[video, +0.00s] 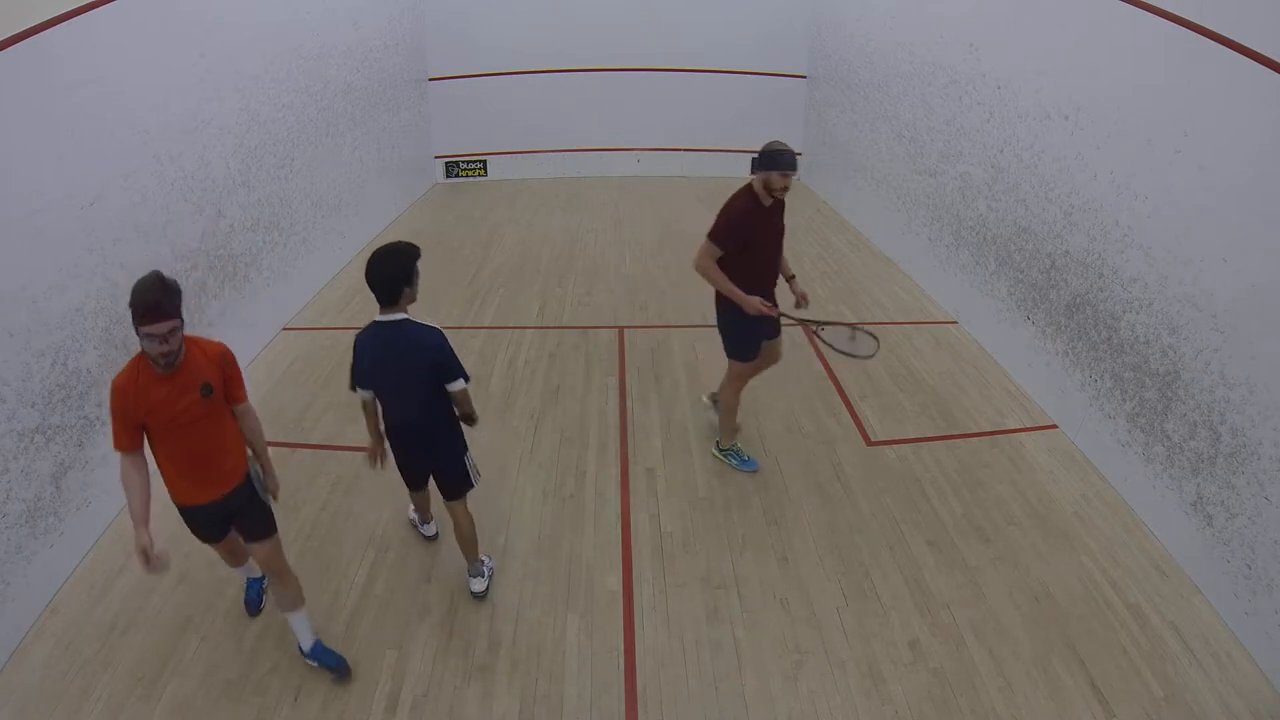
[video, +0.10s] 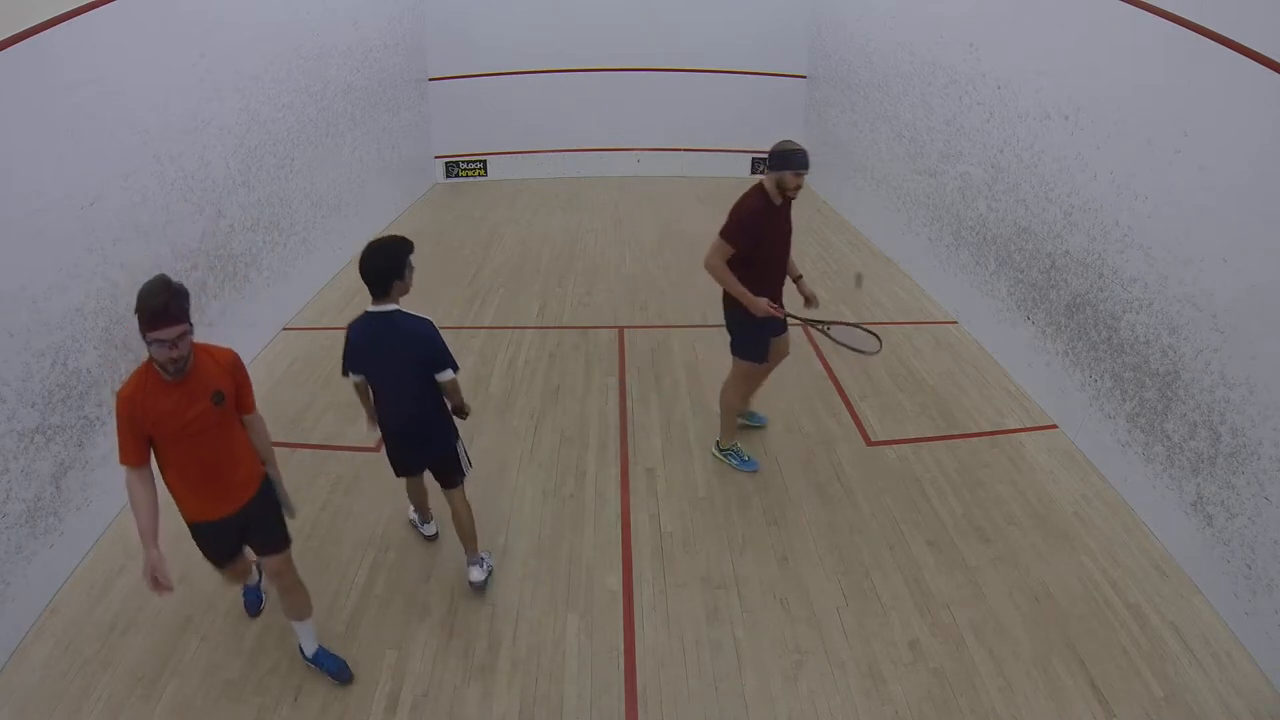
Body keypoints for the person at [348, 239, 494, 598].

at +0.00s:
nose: (418, 287)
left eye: (416, 280)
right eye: (416, 281)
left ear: (376, 290)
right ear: (406, 291)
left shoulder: (365, 340)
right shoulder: (430, 337)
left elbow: (367, 399)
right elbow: (458, 393)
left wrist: (375, 437)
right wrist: (468, 414)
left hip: (402, 436)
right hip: (440, 433)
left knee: (416, 485)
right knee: (457, 505)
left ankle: (426, 523)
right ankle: (476, 573)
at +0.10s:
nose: (413, 276)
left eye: (410, 269)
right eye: (409, 270)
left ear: (371, 281)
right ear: (399, 280)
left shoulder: (358, 330)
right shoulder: (420, 328)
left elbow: (358, 381)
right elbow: (447, 381)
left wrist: (371, 413)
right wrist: (459, 405)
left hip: (394, 426)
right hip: (432, 423)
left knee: (412, 475)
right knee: (454, 492)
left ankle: (426, 521)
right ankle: (475, 564)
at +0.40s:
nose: (402, 260)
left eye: (400, 253)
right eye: (398, 255)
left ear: (362, 266)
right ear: (383, 265)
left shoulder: (346, 308)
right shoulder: (403, 311)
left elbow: (350, 354)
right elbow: (430, 367)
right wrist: (449, 402)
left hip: (381, 409)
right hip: (417, 403)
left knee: (406, 464)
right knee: (442, 452)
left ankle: (424, 520)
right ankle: (452, 517)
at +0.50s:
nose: (402, 256)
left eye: (400, 249)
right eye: (398, 251)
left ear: (363, 261)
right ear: (385, 261)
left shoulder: (348, 303)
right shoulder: (401, 308)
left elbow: (350, 353)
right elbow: (425, 367)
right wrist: (443, 405)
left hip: (380, 405)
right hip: (414, 399)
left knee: (406, 462)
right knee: (435, 448)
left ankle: (425, 521)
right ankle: (448, 499)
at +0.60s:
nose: (405, 252)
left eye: (402, 246)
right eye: (400, 248)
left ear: (366, 257)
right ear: (386, 258)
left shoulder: (350, 298)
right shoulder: (403, 303)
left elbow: (352, 353)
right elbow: (421, 364)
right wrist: (437, 408)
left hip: (379, 401)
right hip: (412, 395)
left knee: (406, 461)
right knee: (430, 441)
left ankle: (425, 521)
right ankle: (442, 476)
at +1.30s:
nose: (403, 234)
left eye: (401, 229)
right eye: (402, 230)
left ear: (368, 237)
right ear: (399, 238)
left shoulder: (357, 272)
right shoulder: (408, 277)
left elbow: (384, 273)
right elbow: (456, 298)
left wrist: (399, 262)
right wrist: (452, 309)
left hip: (378, 365)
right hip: (415, 362)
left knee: (384, 425)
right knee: (421, 421)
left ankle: (385, 483)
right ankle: (428, 481)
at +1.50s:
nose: (398, 232)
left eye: (395, 227)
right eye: (396, 227)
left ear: (364, 235)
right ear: (392, 234)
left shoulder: (352, 278)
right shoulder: (408, 274)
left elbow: (357, 308)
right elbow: (457, 290)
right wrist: (443, 298)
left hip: (378, 369)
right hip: (413, 364)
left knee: (380, 428)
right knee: (422, 419)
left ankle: (387, 486)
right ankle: (437, 470)